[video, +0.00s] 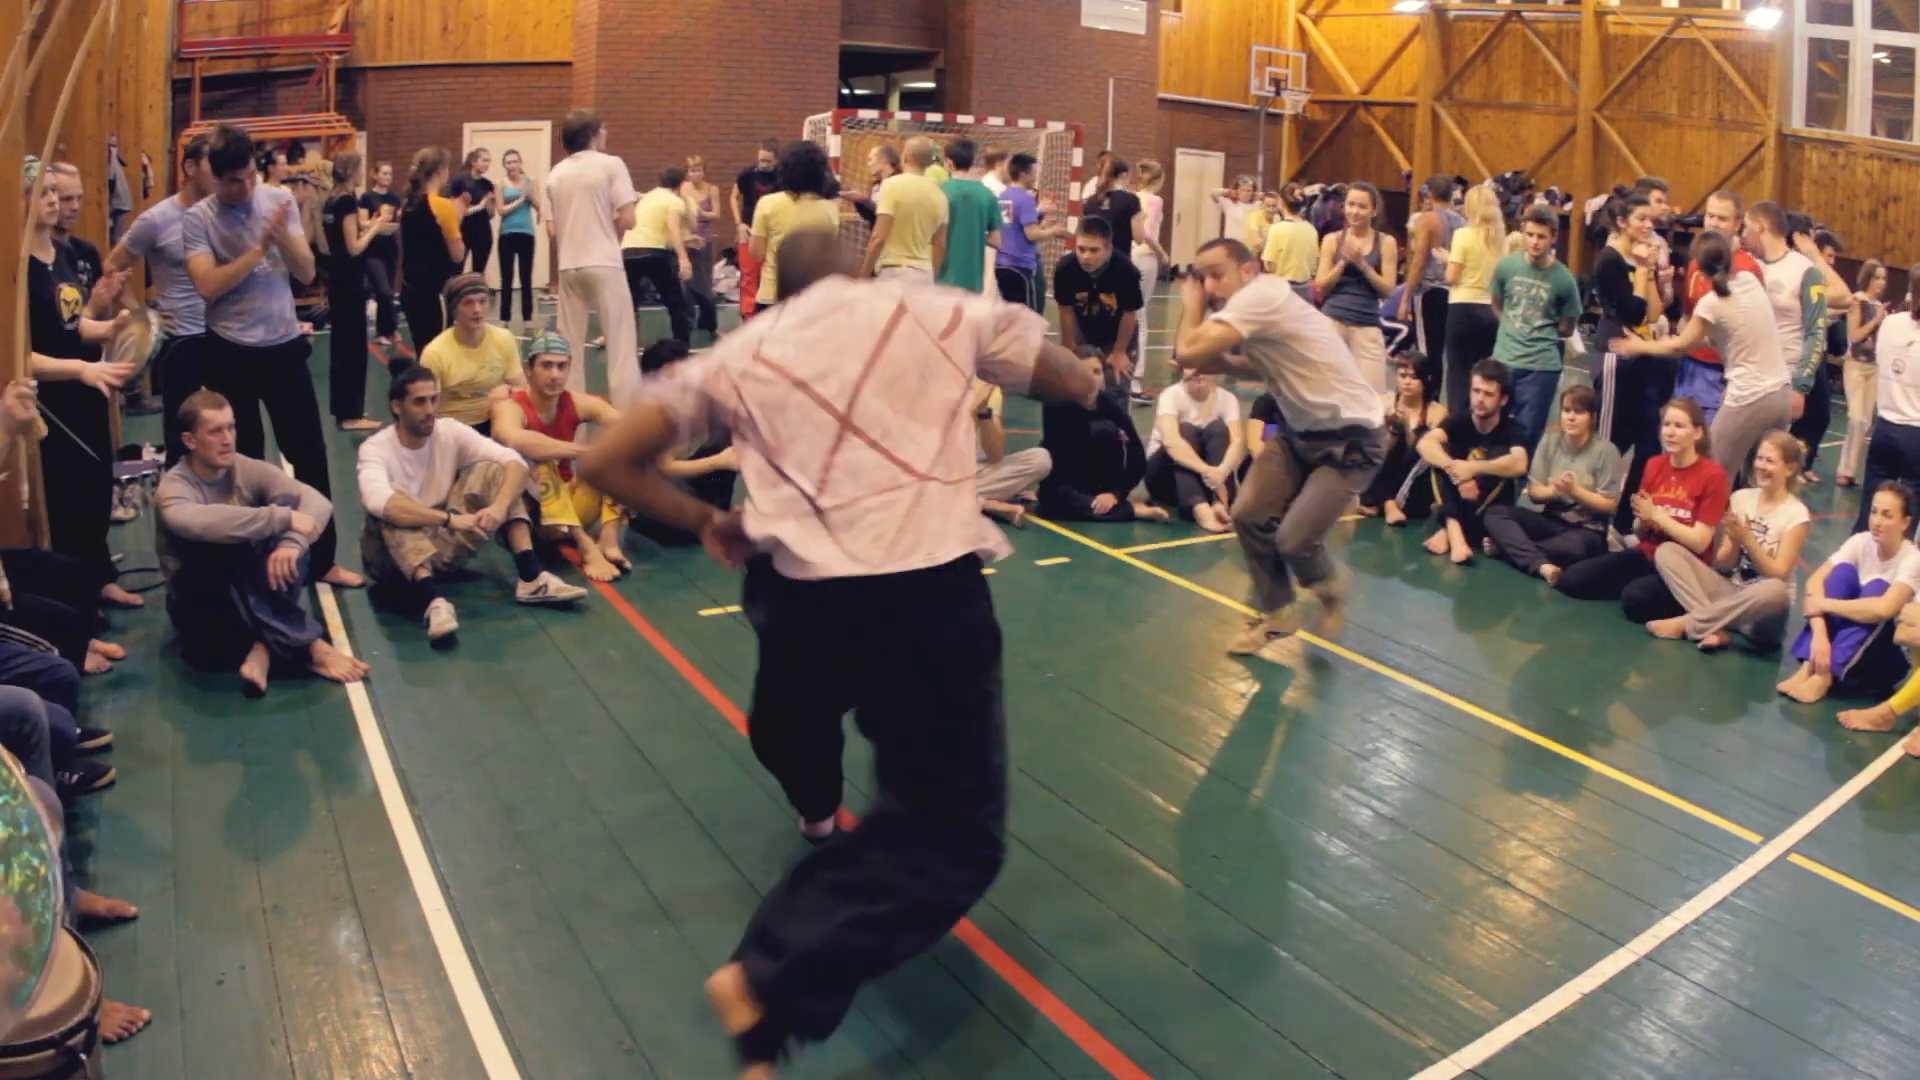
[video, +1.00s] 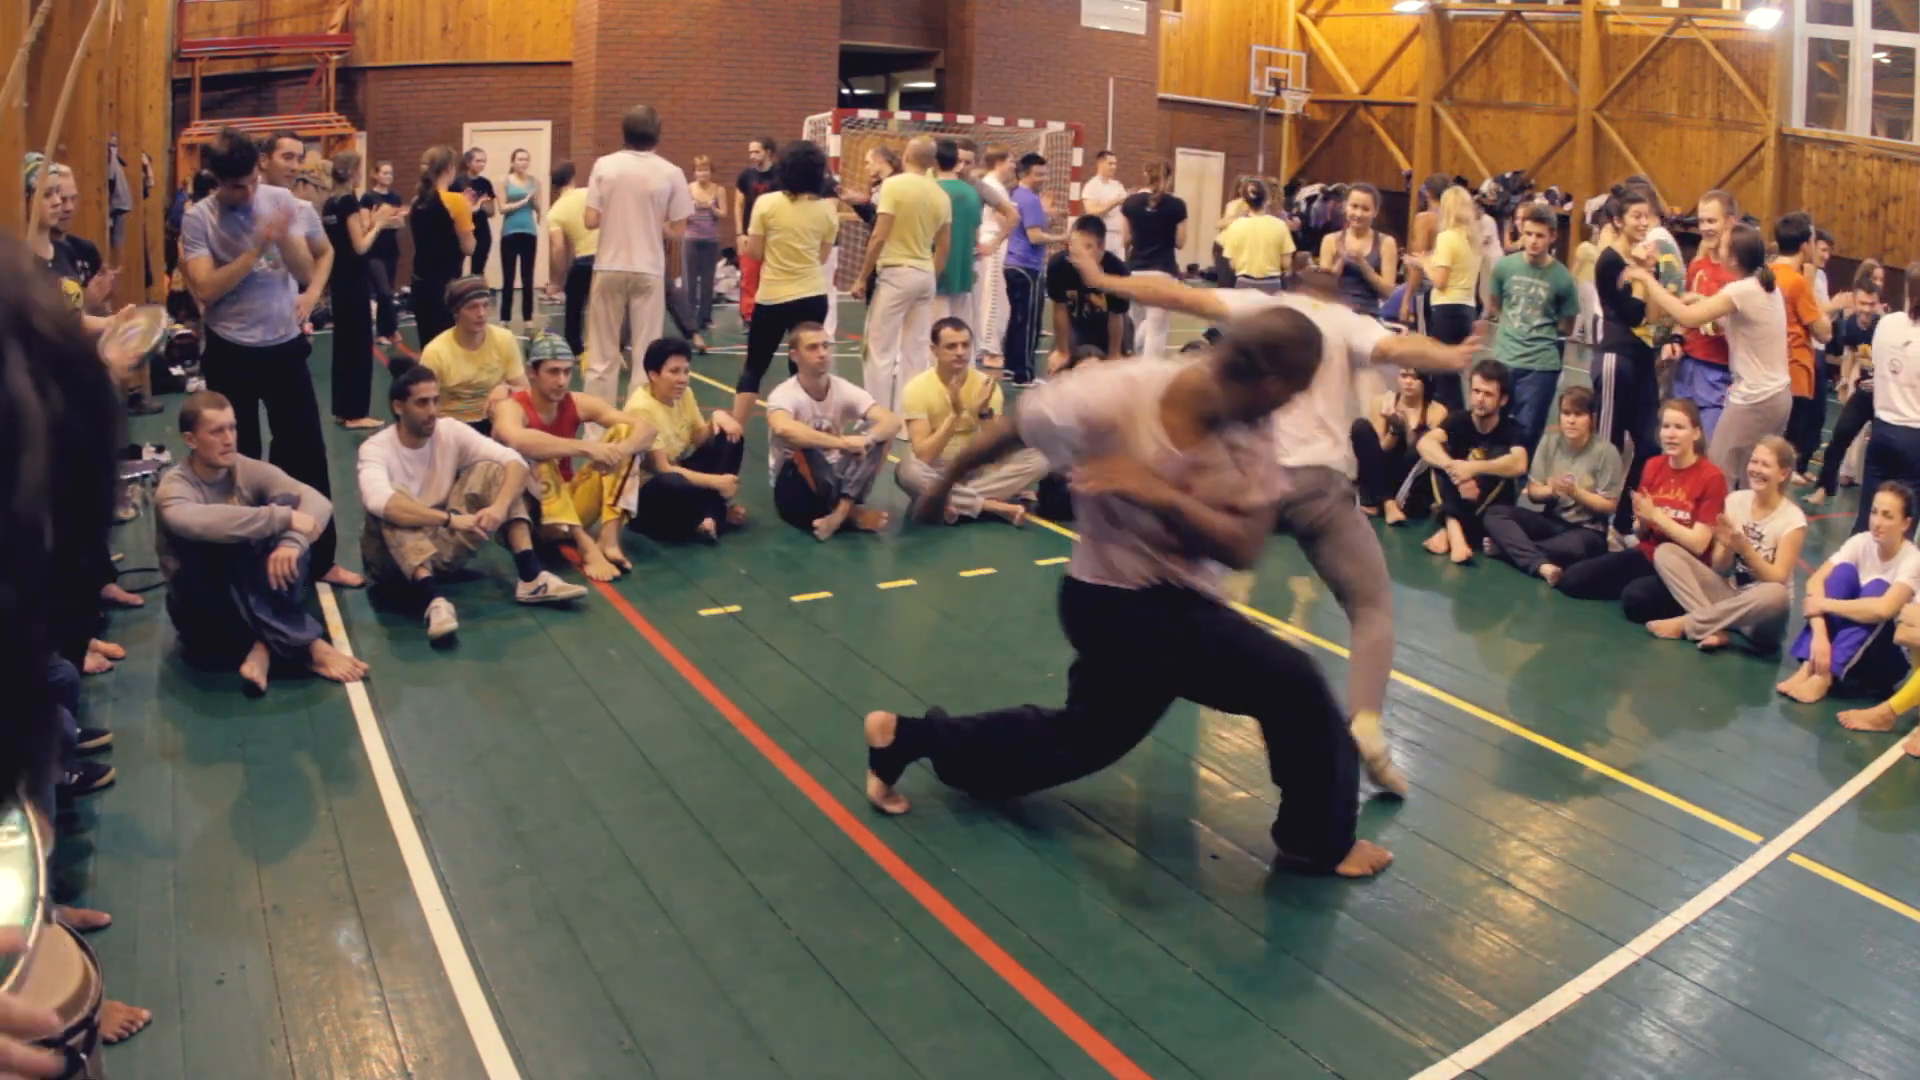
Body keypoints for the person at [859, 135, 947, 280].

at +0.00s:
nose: (900, 156)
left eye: (902, 152)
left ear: (904, 157)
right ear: (929, 162)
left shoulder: (891, 185)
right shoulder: (939, 195)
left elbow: (878, 238)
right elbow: (939, 245)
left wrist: (864, 273)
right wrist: (932, 275)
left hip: (891, 269)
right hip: (923, 272)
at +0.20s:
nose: (900, 155)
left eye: (902, 152)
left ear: (904, 157)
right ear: (931, 162)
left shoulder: (892, 187)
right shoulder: (940, 196)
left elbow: (879, 237)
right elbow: (941, 245)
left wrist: (862, 277)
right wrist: (927, 273)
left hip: (895, 269)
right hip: (924, 270)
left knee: (880, 346)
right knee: (915, 347)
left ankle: (877, 412)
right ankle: (911, 412)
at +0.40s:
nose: (900, 154)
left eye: (903, 152)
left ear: (904, 156)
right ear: (931, 161)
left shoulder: (892, 187)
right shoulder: (940, 196)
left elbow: (880, 238)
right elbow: (942, 246)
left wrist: (863, 278)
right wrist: (929, 275)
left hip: (895, 268)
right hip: (924, 270)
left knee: (880, 346)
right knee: (916, 347)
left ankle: (878, 415)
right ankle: (909, 414)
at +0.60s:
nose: (901, 155)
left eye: (903, 152)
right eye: (904, 151)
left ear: (906, 156)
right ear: (931, 161)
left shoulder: (893, 187)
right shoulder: (940, 196)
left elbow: (880, 237)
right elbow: (943, 246)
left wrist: (864, 278)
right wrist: (932, 280)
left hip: (895, 269)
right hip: (925, 270)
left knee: (880, 347)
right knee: (916, 349)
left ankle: (879, 420)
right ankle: (912, 420)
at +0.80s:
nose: (902, 155)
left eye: (904, 151)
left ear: (906, 156)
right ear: (932, 162)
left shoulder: (893, 186)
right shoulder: (941, 196)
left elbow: (880, 236)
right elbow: (944, 247)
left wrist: (863, 278)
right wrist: (931, 281)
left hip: (895, 270)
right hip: (925, 271)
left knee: (880, 346)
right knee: (916, 350)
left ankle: (879, 420)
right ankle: (913, 420)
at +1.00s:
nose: (901, 154)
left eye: (904, 151)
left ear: (906, 156)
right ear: (932, 161)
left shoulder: (893, 185)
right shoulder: (941, 196)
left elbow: (879, 236)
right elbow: (943, 246)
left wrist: (863, 277)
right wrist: (931, 277)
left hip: (895, 268)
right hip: (925, 270)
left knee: (881, 346)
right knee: (916, 348)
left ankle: (880, 420)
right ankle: (914, 418)